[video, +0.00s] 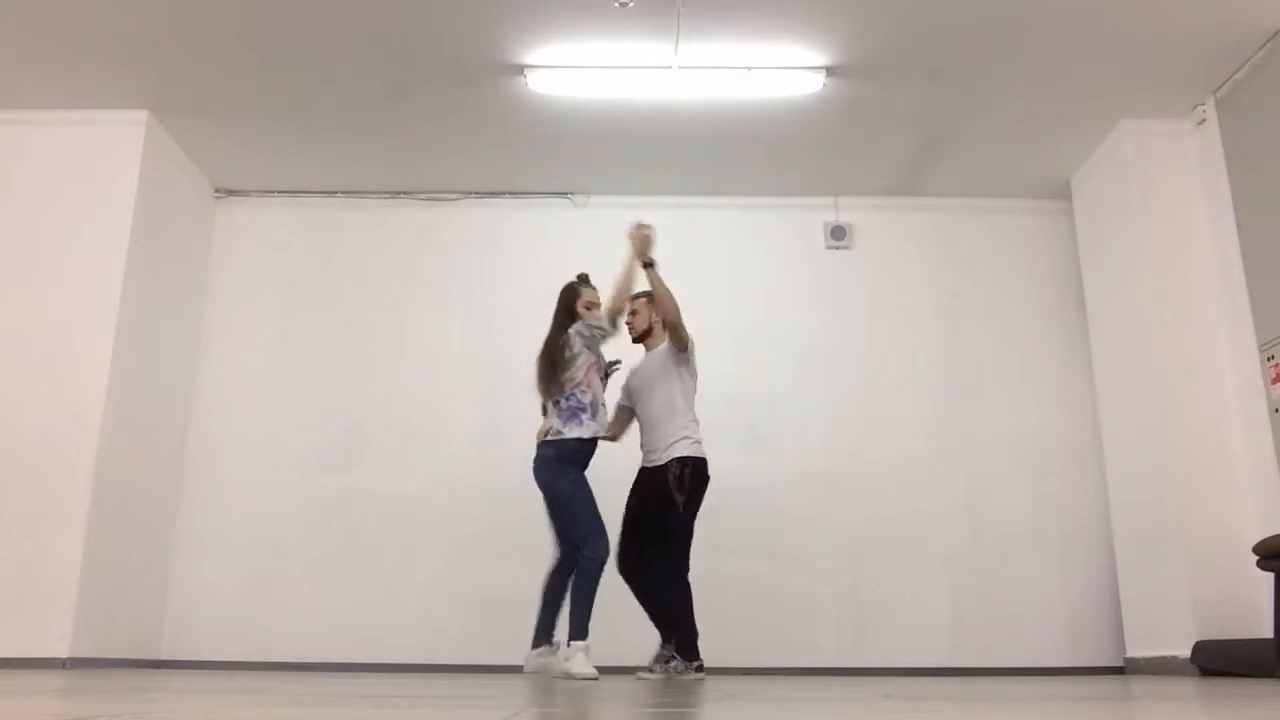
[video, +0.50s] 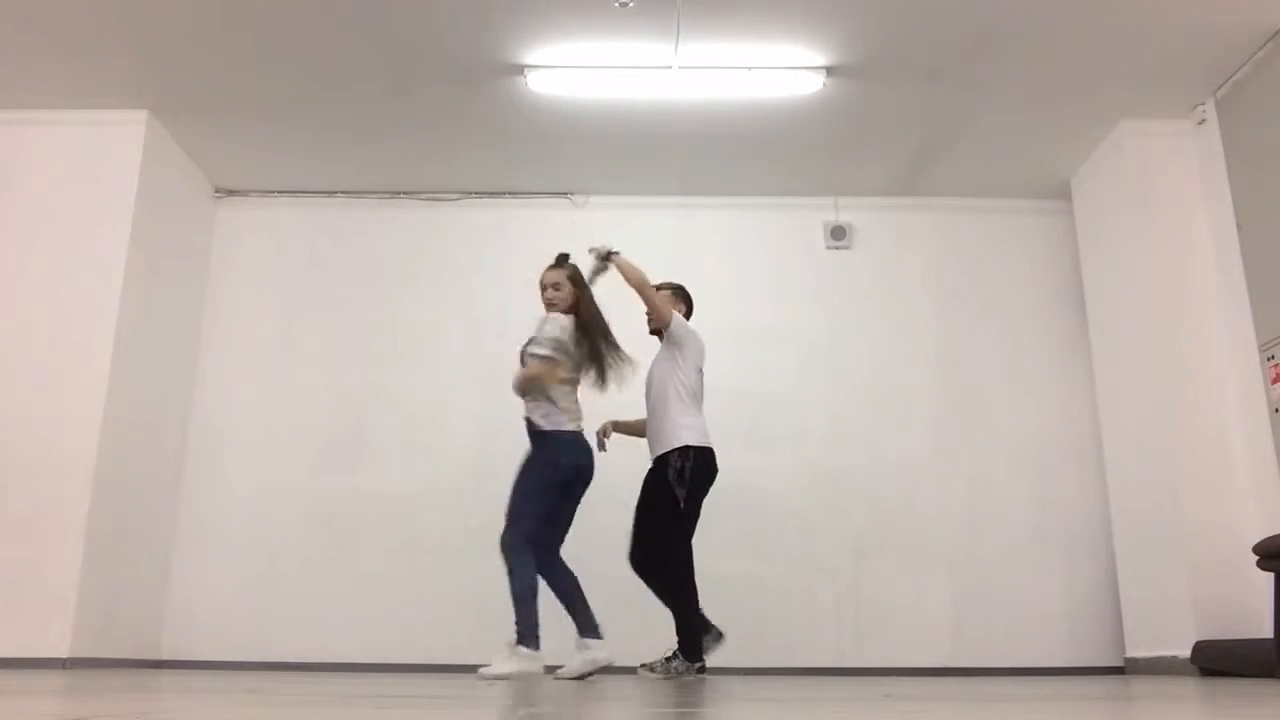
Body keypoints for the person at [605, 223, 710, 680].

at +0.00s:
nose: (630, 317)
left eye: (637, 309)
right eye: (627, 313)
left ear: (657, 313)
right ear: (628, 321)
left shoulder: (677, 351)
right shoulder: (635, 376)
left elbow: (673, 318)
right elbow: (613, 431)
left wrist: (647, 264)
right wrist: (562, 424)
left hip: (684, 464)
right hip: (652, 469)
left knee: (668, 561)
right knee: (631, 560)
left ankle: (688, 656)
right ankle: (672, 640)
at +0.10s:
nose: (632, 316)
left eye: (639, 309)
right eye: (632, 310)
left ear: (661, 314)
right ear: (641, 318)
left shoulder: (677, 348)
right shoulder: (645, 373)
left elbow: (656, 303)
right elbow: (636, 435)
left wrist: (621, 253)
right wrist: (585, 434)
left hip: (687, 463)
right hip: (656, 468)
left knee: (669, 560)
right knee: (614, 543)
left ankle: (688, 656)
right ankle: (657, 627)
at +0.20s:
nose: (635, 315)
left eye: (643, 308)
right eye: (634, 309)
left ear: (666, 311)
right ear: (644, 318)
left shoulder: (678, 344)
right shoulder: (655, 370)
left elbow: (643, 298)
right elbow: (651, 436)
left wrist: (602, 251)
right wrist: (597, 442)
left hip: (688, 462)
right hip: (662, 467)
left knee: (668, 561)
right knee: (608, 529)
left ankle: (689, 656)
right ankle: (649, 615)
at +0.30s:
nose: (640, 310)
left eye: (647, 302)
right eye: (640, 303)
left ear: (673, 308)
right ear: (657, 314)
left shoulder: (678, 339)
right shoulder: (663, 364)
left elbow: (636, 297)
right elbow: (659, 432)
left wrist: (592, 250)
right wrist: (608, 439)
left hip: (689, 460)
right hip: (665, 464)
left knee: (670, 558)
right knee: (614, 535)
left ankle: (689, 658)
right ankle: (659, 613)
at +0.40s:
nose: (644, 310)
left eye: (651, 302)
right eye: (645, 304)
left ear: (675, 307)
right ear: (664, 311)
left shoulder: (683, 339)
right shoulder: (667, 360)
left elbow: (638, 295)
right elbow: (661, 428)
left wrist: (598, 255)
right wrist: (618, 429)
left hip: (690, 459)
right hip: (669, 462)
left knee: (672, 554)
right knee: (626, 546)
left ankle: (689, 657)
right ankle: (678, 626)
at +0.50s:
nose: (647, 309)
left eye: (655, 301)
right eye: (647, 303)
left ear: (678, 307)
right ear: (666, 308)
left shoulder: (685, 340)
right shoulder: (663, 361)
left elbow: (646, 290)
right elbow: (659, 426)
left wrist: (612, 257)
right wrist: (615, 425)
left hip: (687, 456)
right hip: (666, 461)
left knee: (670, 553)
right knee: (644, 556)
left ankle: (690, 655)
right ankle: (701, 629)